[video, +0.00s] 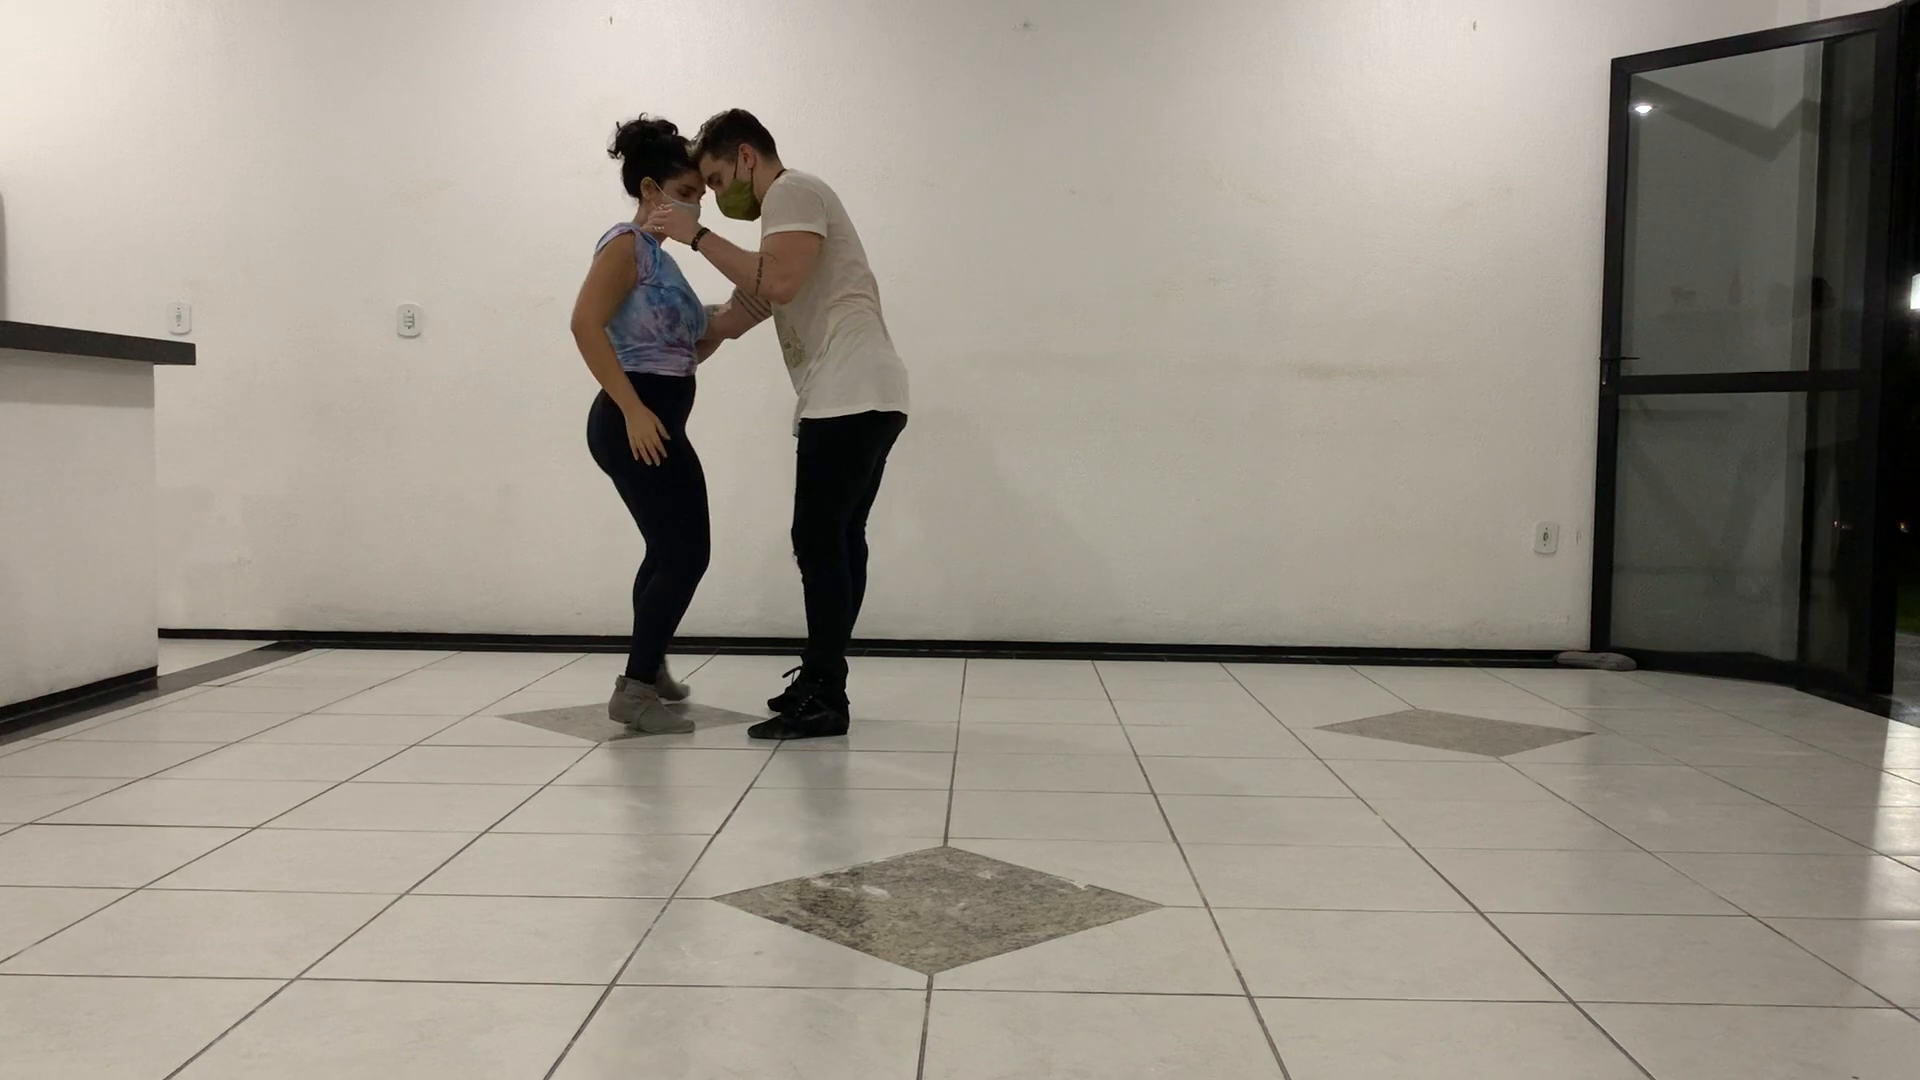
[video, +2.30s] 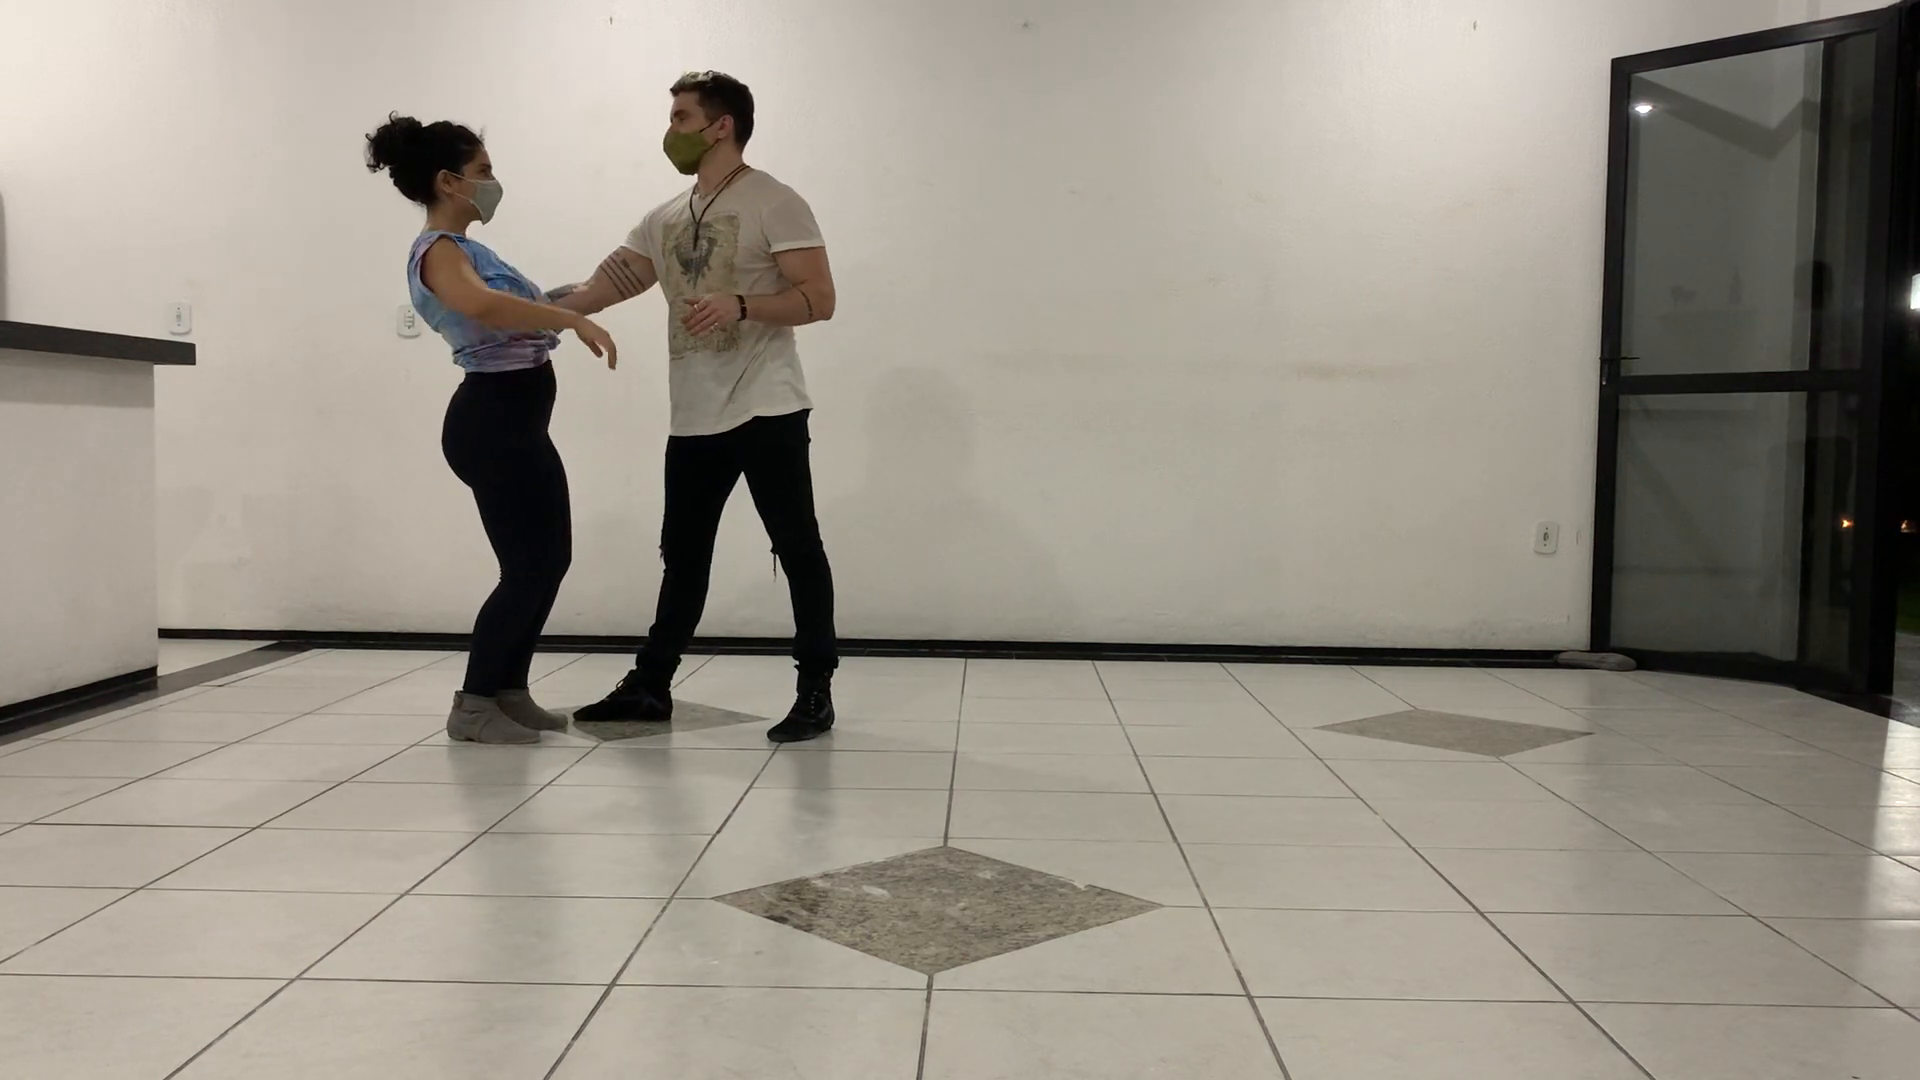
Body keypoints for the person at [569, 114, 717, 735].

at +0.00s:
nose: (698, 203)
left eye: (698, 192)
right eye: (689, 191)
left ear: (670, 194)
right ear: (653, 191)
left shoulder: (657, 257)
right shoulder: (625, 248)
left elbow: (688, 346)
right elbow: (585, 325)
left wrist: (741, 311)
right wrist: (633, 409)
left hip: (659, 413)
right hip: (636, 415)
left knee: (678, 548)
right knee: (681, 548)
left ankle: (648, 668)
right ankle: (636, 685)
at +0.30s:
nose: (673, 219)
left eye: (678, 208)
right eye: (666, 206)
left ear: (644, 198)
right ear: (629, 197)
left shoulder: (622, 264)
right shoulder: (596, 245)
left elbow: (641, 356)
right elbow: (526, 292)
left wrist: (690, 313)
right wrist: (575, 376)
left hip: (580, 421)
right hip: (595, 418)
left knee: (621, 559)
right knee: (656, 548)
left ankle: (552, 676)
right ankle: (631, 690)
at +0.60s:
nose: (655, 223)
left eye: (660, 211)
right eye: (648, 210)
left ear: (619, 203)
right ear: (609, 201)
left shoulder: (605, 275)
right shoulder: (565, 248)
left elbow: (613, 356)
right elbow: (477, 284)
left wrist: (669, 315)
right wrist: (507, 376)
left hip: (521, 418)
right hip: (528, 415)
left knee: (540, 564)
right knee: (582, 552)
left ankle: (524, 700)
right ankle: (612, 696)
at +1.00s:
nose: (641, 208)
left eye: (644, 196)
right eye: (633, 194)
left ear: (617, 194)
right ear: (593, 189)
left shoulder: (596, 278)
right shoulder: (540, 237)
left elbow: (590, 363)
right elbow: (444, 272)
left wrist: (657, 334)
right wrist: (445, 370)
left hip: (539, 422)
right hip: (487, 411)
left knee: (547, 557)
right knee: (512, 552)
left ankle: (524, 696)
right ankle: (517, 701)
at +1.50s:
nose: (579, 163)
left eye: (573, 153)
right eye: (565, 157)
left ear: (543, 175)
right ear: (534, 176)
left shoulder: (549, 261)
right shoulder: (512, 238)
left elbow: (620, 333)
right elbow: (445, 305)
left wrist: (658, 284)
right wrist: (448, 402)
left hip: (512, 419)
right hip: (472, 413)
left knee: (538, 552)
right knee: (506, 556)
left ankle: (506, 694)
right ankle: (469, 705)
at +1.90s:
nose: (498, 170)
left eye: (492, 160)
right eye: (486, 163)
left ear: (458, 182)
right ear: (454, 181)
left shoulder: (487, 248)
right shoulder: (453, 254)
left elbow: (545, 324)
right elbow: (465, 347)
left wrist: (619, 301)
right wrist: (543, 405)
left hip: (526, 417)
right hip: (491, 421)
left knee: (550, 558)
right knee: (526, 563)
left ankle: (507, 693)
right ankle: (474, 705)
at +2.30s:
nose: (494, 182)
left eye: (491, 170)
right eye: (484, 172)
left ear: (449, 185)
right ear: (448, 183)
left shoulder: (467, 250)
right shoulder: (439, 250)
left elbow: (543, 306)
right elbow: (479, 306)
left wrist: (620, 279)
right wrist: (569, 319)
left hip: (515, 415)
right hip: (491, 418)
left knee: (551, 556)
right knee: (529, 563)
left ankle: (508, 692)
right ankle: (475, 704)